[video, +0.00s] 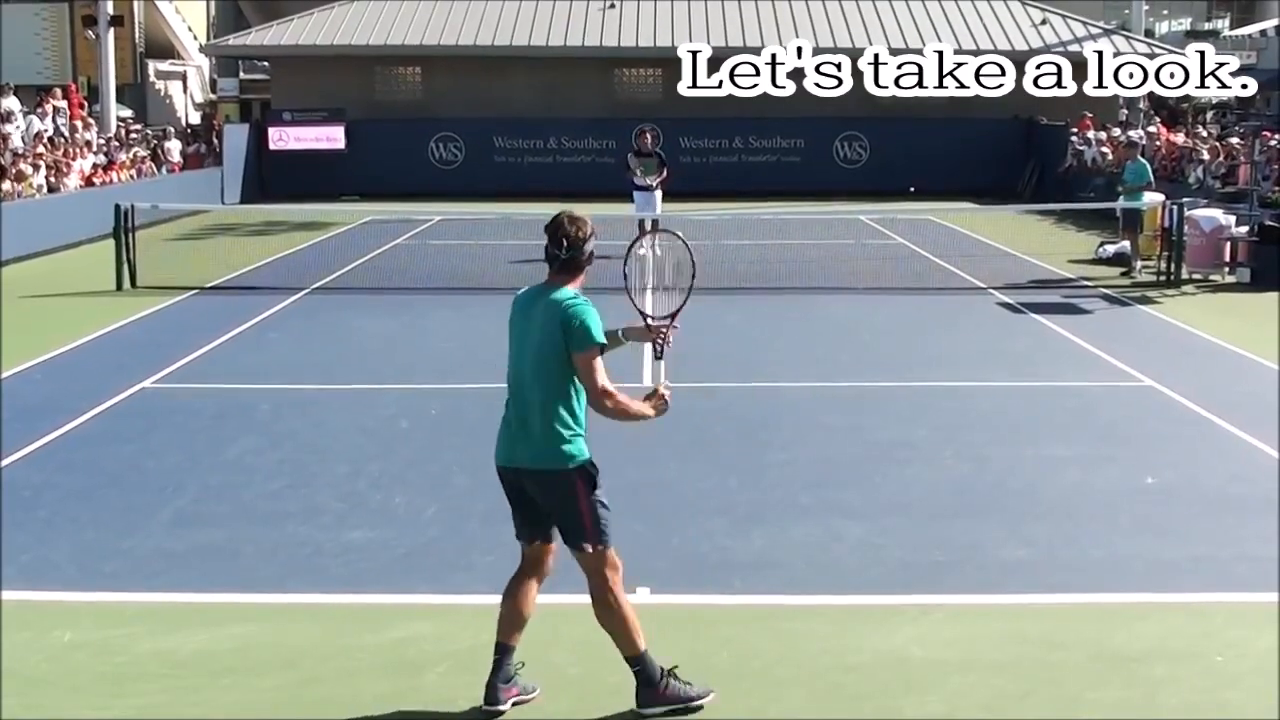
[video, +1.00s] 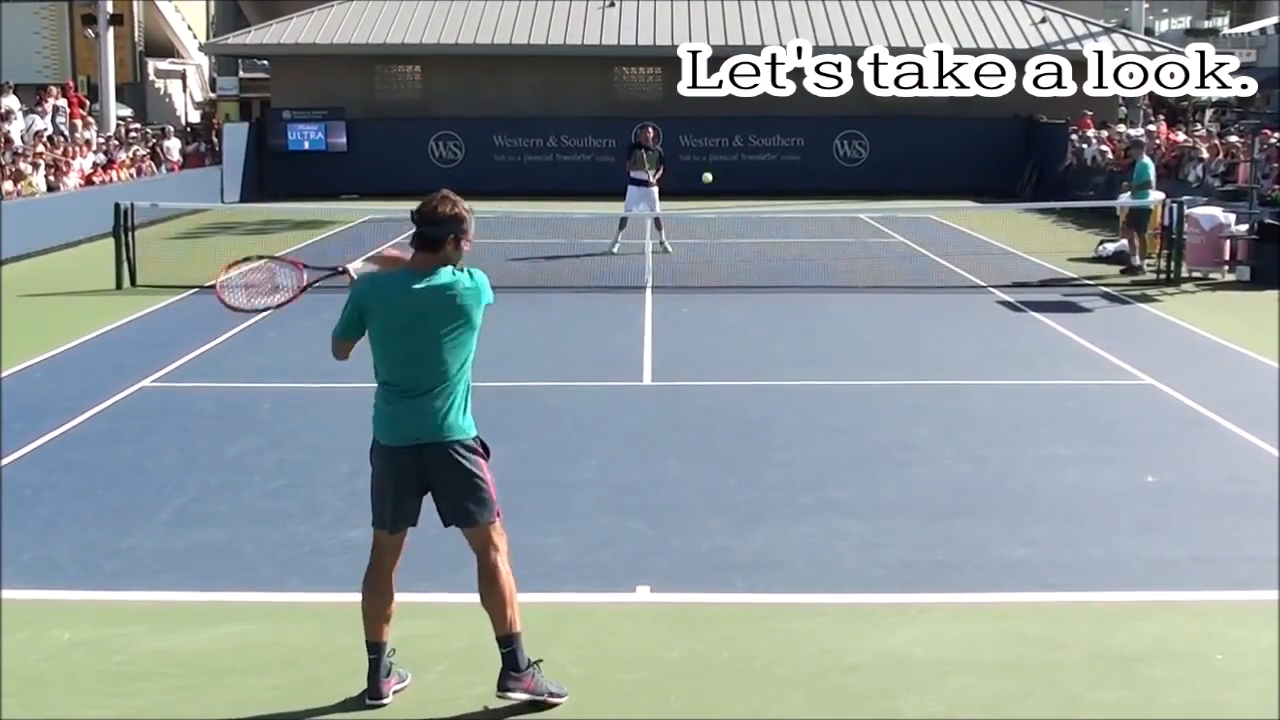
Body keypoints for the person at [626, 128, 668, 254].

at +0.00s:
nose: (646, 141)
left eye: (648, 138)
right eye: (643, 139)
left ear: (652, 140)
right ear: (638, 141)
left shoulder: (657, 154)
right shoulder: (633, 156)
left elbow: (664, 171)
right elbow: (630, 172)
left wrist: (656, 181)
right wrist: (636, 174)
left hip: (654, 189)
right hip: (640, 189)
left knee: (655, 217)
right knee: (641, 218)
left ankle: (655, 242)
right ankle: (643, 244)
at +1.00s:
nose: (647, 135)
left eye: (649, 132)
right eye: (645, 132)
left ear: (653, 135)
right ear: (640, 135)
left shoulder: (658, 151)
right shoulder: (633, 148)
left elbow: (661, 167)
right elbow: (629, 166)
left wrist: (655, 178)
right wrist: (635, 155)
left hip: (650, 184)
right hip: (635, 183)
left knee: (656, 214)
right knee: (626, 213)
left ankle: (663, 240)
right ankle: (616, 240)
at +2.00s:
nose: (650, 140)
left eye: (652, 137)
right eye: (648, 137)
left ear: (654, 141)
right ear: (641, 138)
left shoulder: (654, 158)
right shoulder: (631, 150)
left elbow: (652, 174)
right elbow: (621, 161)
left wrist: (649, 186)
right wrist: (619, 174)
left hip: (644, 188)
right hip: (629, 186)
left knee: (651, 215)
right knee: (629, 215)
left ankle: (653, 240)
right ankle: (628, 244)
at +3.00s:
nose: (645, 136)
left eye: (648, 133)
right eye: (643, 133)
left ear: (651, 136)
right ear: (638, 135)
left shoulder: (655, 151)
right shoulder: (632, 149)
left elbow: (659, 167)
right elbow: (626, 167)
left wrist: (654, 179)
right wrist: (633, 161)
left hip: (649, 184)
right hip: (633, 183)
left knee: (657, 212)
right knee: (624, 211)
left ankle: (664, 238)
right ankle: (612, 238)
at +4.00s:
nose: (682, 137)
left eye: (684, 135)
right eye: (680, 134)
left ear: (686, 137)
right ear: (674, 136)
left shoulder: (689, 153)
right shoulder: (665, 150)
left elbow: (692, 168)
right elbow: (659, 165)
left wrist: (688, 178)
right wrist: (662, 172)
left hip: (682, 185)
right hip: (668, 186)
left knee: (686, 214)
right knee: (674, 214)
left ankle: (689, 242)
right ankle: (676, 243)